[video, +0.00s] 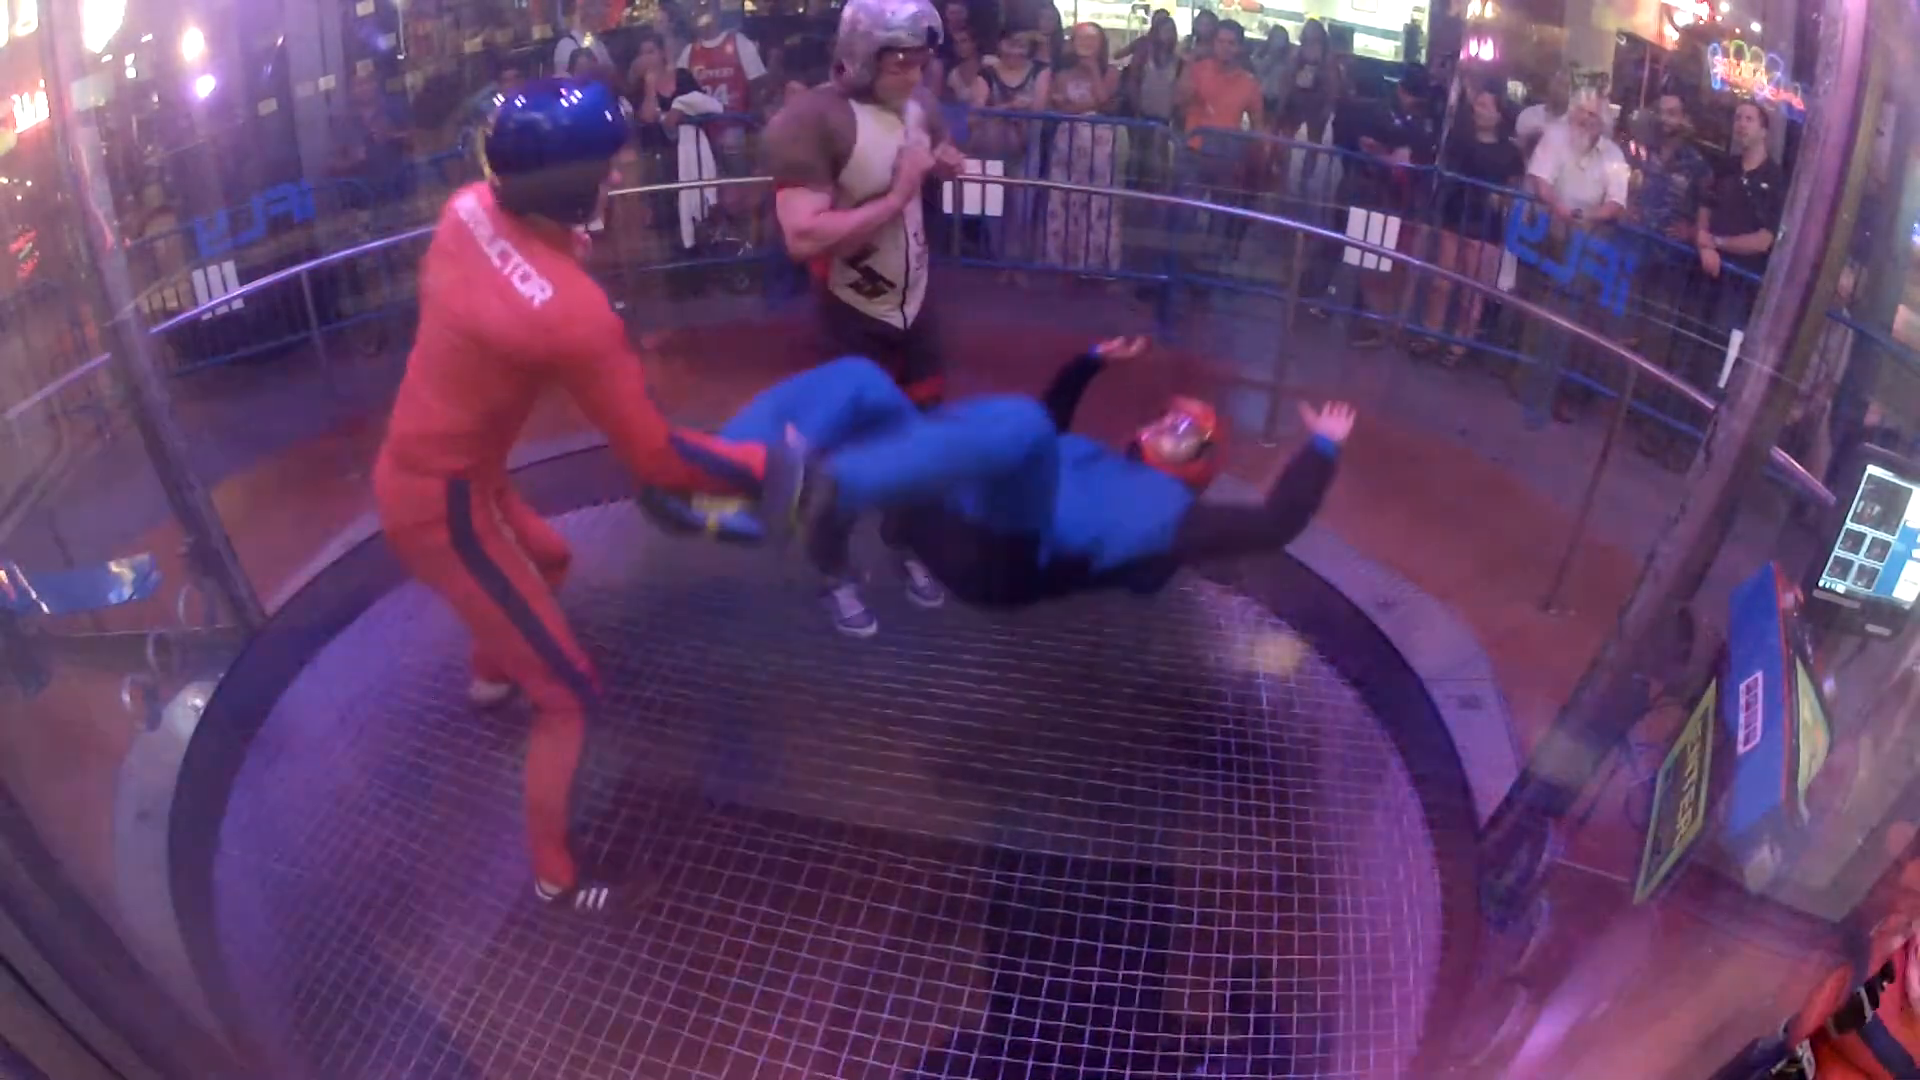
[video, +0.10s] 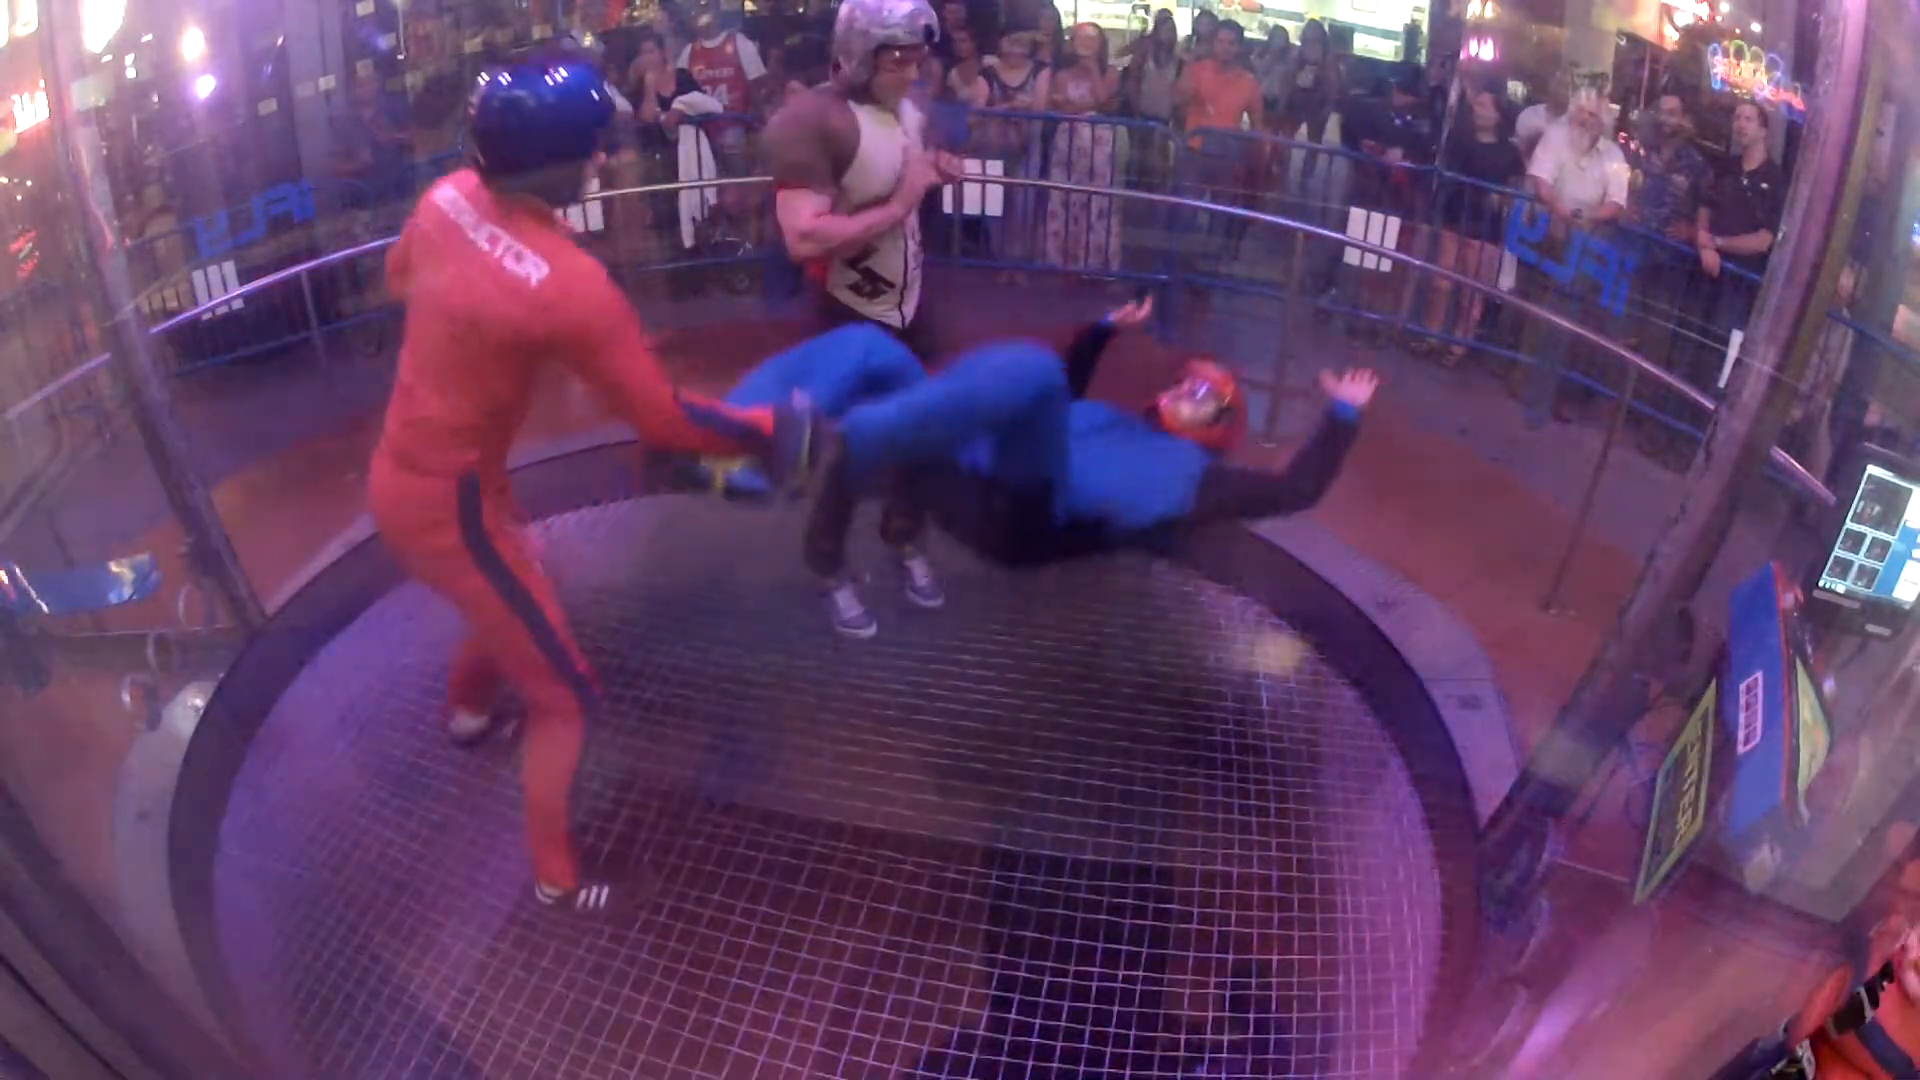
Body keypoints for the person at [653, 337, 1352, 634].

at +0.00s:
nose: (1173, 426)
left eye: (1189, 433)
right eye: (1170, 419)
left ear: (1197, 465)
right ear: (1147, 427)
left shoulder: (1182, 520)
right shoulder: (1086, 458)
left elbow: (1277, 526)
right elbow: (1043, 422)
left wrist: (1322, 451)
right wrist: (1092, 362)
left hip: (1005, 562)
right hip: (947, 518)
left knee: (1023, 427)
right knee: (857, 377)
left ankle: (833, 490)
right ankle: (717, 476)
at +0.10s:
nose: (1189, 391)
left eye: (1206, 394)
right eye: (1187, 382)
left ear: (1221, 426)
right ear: (1165, 390)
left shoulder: (1206, 479)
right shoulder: (1109, 420)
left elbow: (1296, 492)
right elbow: (1060, 396)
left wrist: (1342, 416)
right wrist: (1106, 330)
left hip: (1026, 520)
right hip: (970, 479)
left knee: (1031, 365)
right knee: (870, 346)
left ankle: (837, 448)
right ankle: (736, 418)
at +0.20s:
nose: (1206, 356)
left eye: (1226, 361)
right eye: (1204, 347)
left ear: (1240, 393)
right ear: (1183, 352)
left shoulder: (1219, 444)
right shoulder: (1133, 379)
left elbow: (1319, 452)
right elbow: (1073, 362)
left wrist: (1365, 380)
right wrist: (1119, 296)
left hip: (1052, 474)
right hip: (1008, 428)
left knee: (1054, 325)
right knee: (882, 309)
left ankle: (855, 402)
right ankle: (720, 386)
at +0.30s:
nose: (1223, 317)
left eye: (1243, 323)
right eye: (1221, 308)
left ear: (1253, 357)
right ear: (1197, 313)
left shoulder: (1234, 406)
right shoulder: (1147, 340)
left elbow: (1335, 422)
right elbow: (1092, 308)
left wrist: (1380, 347)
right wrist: (1138, 258)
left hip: (1061, 442)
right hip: (1007, 398)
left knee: (1069, 289)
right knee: (916, 258)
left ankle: (868, 360)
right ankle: (757, 335)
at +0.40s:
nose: (1238, 283)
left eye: (1257, 289)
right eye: (1236, 273)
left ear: (1268, 322)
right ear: (1214, 275)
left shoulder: (1246, 371)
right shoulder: (1168, 294)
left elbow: (1346, 396)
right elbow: (1114, 258)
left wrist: (1399, 321)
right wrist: (1152, 222)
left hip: (1067, 394)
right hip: (1024, 345)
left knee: (1090, 251)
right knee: (947, 204)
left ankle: (869, 310)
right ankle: (798, 271)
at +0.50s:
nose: (1250, 248)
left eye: (1270, 256)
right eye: (1250, 239)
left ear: (1283, 290)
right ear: (1231, 241)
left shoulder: (1255, 340)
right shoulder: (1184, 263)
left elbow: (1360, 371)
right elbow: (1129, 224)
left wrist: (1414, 304)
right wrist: (1161, 181)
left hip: (1080, 352)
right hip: (1045, 302)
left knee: (1111, 209)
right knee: (987, 141)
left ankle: (893, 261)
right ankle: (839, 209)